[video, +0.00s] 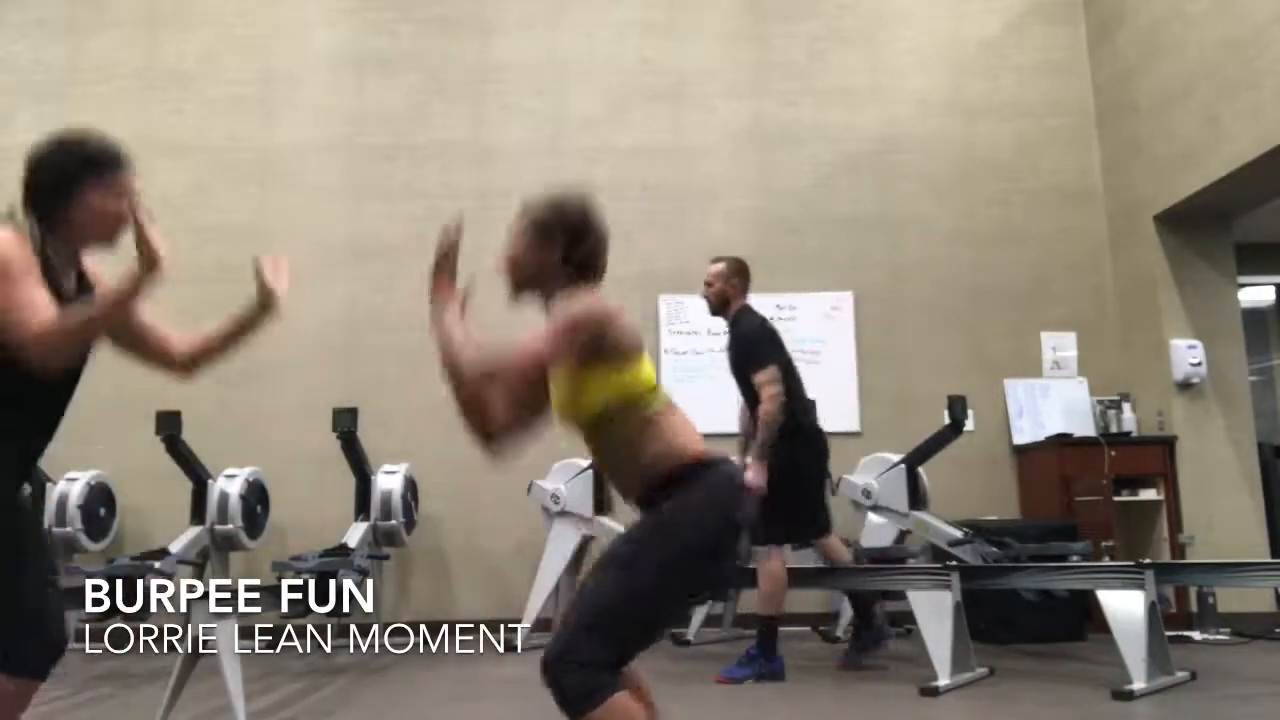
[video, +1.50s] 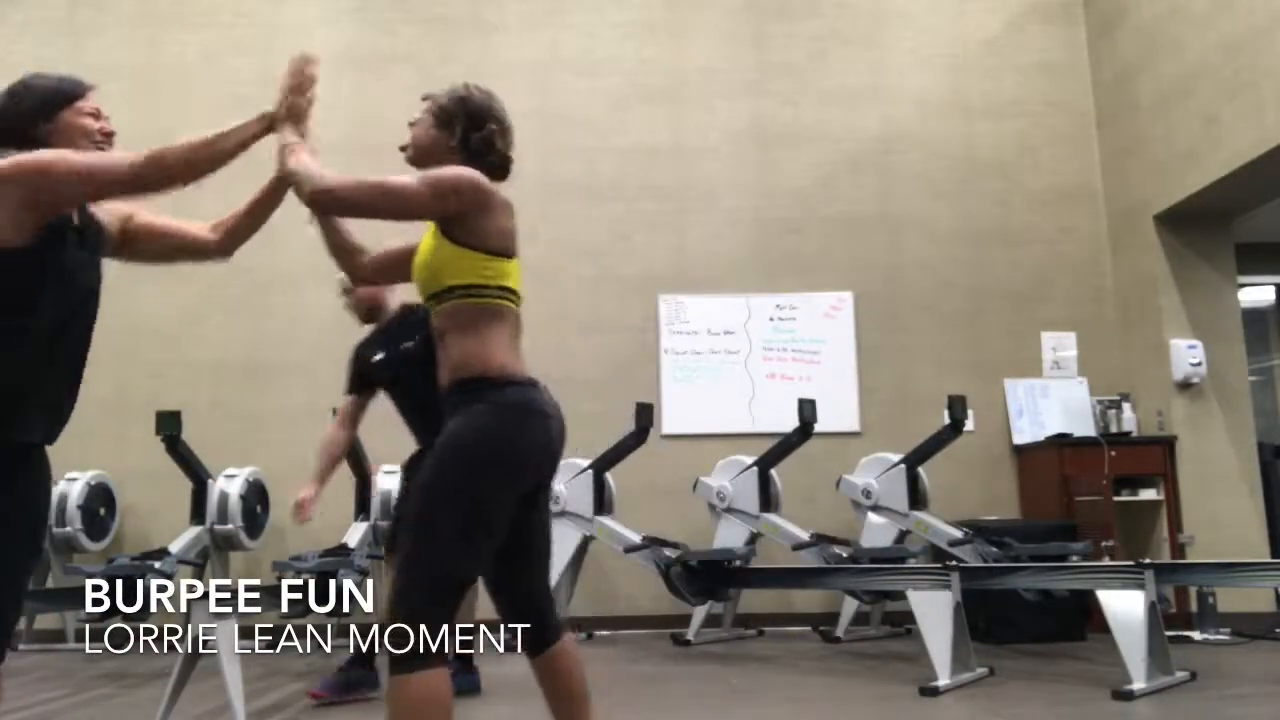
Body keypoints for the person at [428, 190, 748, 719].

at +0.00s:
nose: (509, 252)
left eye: (521, 239)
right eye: (514, 238)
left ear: (554, 250)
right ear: (558, 252)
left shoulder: (586, 312)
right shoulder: (563, 339)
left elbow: (479, 367)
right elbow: (491, 422)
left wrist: (444, 305)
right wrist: (452, 332)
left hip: (699, 501)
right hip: (683, 506)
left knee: (572, 664)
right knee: (589, 654)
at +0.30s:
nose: (514, 37)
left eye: (529, 27)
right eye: (523, 26)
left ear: (559, 45)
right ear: (563, 50)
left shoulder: (555, 95)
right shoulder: (543, 137)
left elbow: (416, 92)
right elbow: (431, 167)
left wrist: (296, 77)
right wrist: (327, 149)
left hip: (599, 313)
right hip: (592, 316)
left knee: (593, 514)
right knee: (593, 512)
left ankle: (606, 701)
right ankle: (612, 692)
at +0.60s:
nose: (495, 135)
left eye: (507, 122)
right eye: (500, 122)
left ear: (545, 132)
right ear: (545, 136)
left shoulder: (550, 196)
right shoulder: (544, 220)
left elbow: (409, 207)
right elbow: (465, 268)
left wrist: (334, 148)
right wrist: (408, 197)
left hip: (580, 424)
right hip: (580, 423)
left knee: (543, 633)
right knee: (558, 627)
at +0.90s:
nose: (480, 145)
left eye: (493, 133)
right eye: (485, 133)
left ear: (528, 144)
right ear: (526, 150)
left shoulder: (549, 197)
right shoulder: (535, 245)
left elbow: (419, 211)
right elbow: (457, 291)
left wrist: (368, 154)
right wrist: (420, 213)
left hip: (598, 421)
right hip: (582, 424)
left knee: (594, 639)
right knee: (593, 634)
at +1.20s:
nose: (465, 157)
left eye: (476, 145)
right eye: (469, 145)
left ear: (514, 153)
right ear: (511, 155)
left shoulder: (544, 208)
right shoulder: (516, 253)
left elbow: (418, 212)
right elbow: (439, 287)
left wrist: (373, 150)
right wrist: (417, 207)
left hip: (570, 425)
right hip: (567, 426)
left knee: (492, 602)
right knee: (575, 618)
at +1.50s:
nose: (409, 128)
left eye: (424, 118)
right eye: (417, 116)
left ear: (457, 134)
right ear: (454, 135)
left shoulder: (467, 190)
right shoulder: (450, 238)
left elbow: (323, 191)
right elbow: (360, 265)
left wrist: (294, 149)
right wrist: (316, 197)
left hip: (490, 422)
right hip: (514, 421)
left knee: (411, 623)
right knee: (531, 613)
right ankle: (578, 716)